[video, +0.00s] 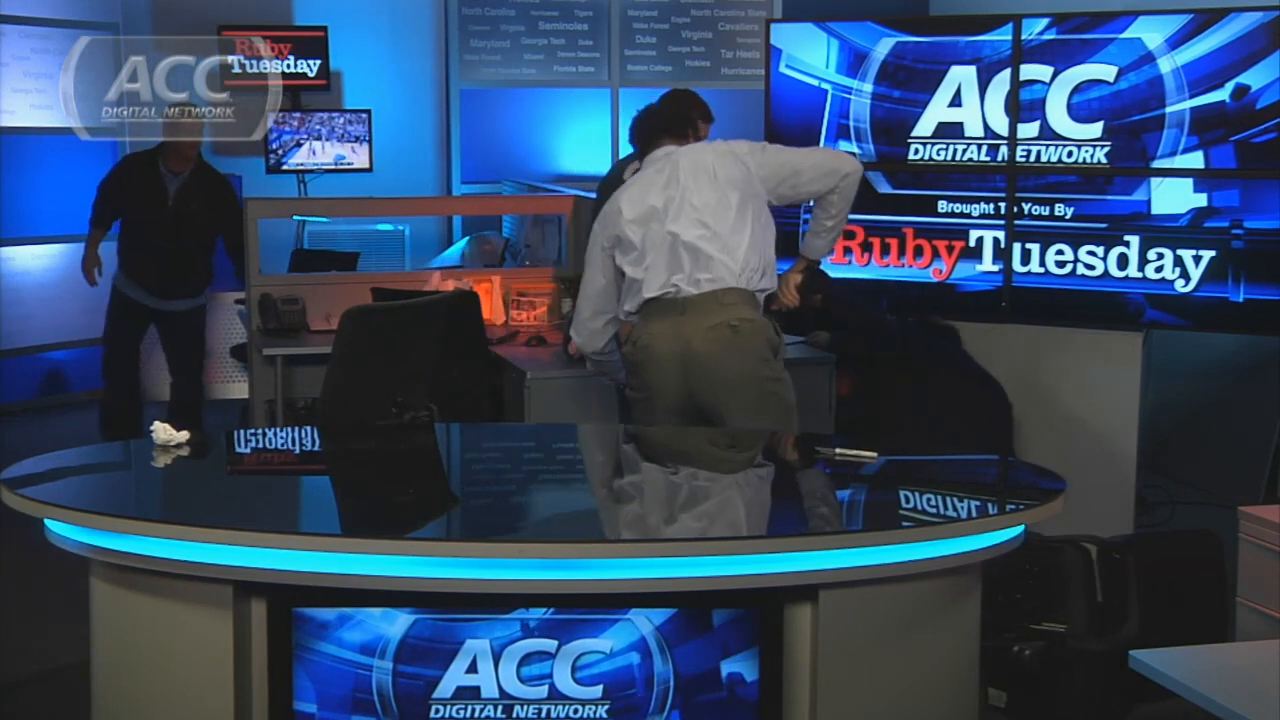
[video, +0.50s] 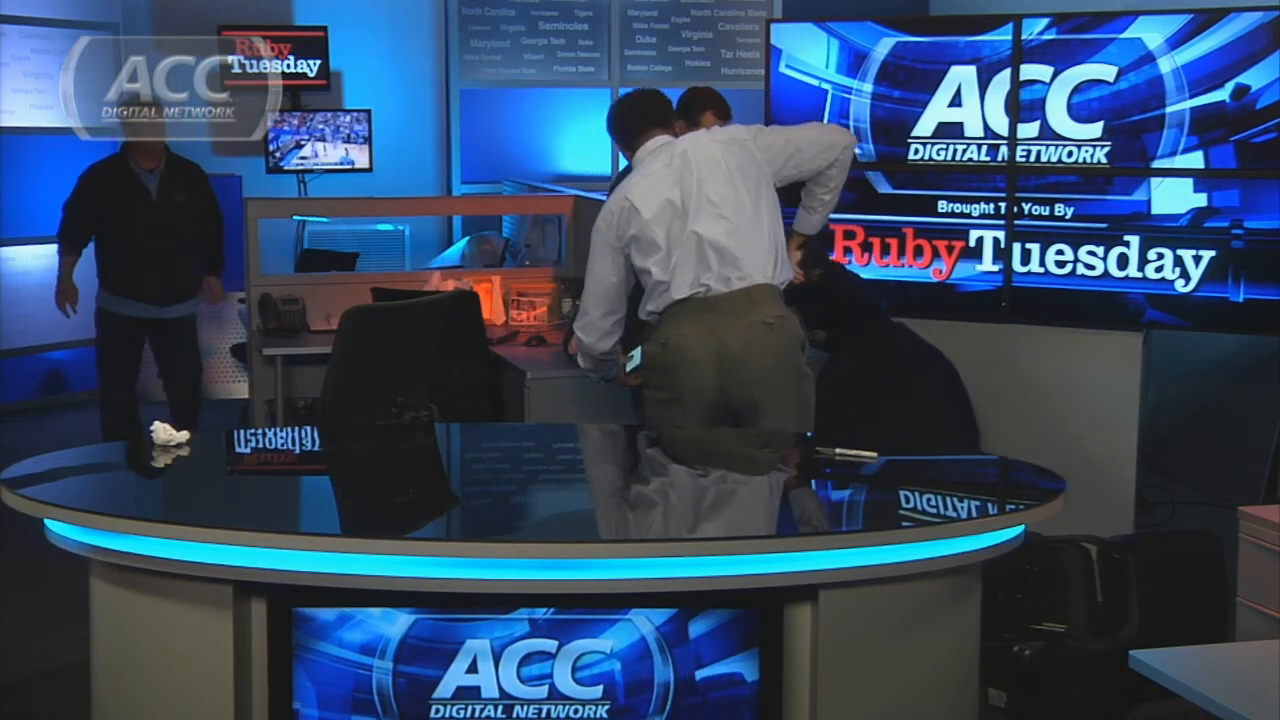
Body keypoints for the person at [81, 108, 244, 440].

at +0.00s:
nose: (189, 142)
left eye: (194, 134)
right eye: (181, 133)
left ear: (201, 137)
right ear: (166, 134)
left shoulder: (215, 185)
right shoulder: (133, 169)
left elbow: (239, 243)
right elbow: (106, 207)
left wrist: (256, 286)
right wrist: (91, 249)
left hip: (186, 298)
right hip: (132, 292)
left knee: (188, 379)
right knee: (118, 370)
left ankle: (187, 454)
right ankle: (120, 448)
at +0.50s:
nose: (151, 133)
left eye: (155, 124)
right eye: (142, 126)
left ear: (165, 128)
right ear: (128, 131)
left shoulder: (190, 175)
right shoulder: (100, 177)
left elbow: (212, 225)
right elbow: (75, 228)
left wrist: (212, 272)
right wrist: (65, 278)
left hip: (177, 305)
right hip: (120, 305)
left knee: (186, 388)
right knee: (117, 390)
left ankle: (190, 465)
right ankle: (120, 465)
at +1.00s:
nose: (186, 130)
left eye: (189, 122)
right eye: (176, 122)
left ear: (198, 130)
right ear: (158, 129)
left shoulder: (219, 186)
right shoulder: (124, 179)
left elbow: (237, 243)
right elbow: (94, 233)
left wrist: (239, 288)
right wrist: (87, 286)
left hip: (190, 322)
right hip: (130, 317)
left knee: (188, 414)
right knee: (121, 410)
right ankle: (120, 487)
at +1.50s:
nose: (197, 132)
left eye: (198, 122)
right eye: (186, 125)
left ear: (206, 129)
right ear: (164, 134)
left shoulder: (229, 184)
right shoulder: (138, 194)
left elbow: (249, 247)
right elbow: (126, 266)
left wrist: (255, 295)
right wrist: (151, 311)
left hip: (225, 333)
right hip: (160, 335)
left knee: (237, 430)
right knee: (150, 435)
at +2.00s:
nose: (281, 135)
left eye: (281, 126)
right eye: (271, 128)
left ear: (281, 130)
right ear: (245, 135)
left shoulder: (296, 188)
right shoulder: (212, 191)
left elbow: (311, 253)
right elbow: (207, 265)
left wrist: (325, 304)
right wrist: (251, 298)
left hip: (290, 340)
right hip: (234, 340)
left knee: (289, 439)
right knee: (244, 439)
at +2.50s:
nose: (349, 144)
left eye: (350, 135)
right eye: (339, 136)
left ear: (352, 135)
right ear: (308, 141)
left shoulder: (355, 193)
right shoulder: (280, 203)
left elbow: (360, 267)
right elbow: (277, 289)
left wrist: (369, 325)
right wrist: (317, 335)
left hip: (354, 352)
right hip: (300, 361)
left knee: (357, 459)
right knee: (306, 460)